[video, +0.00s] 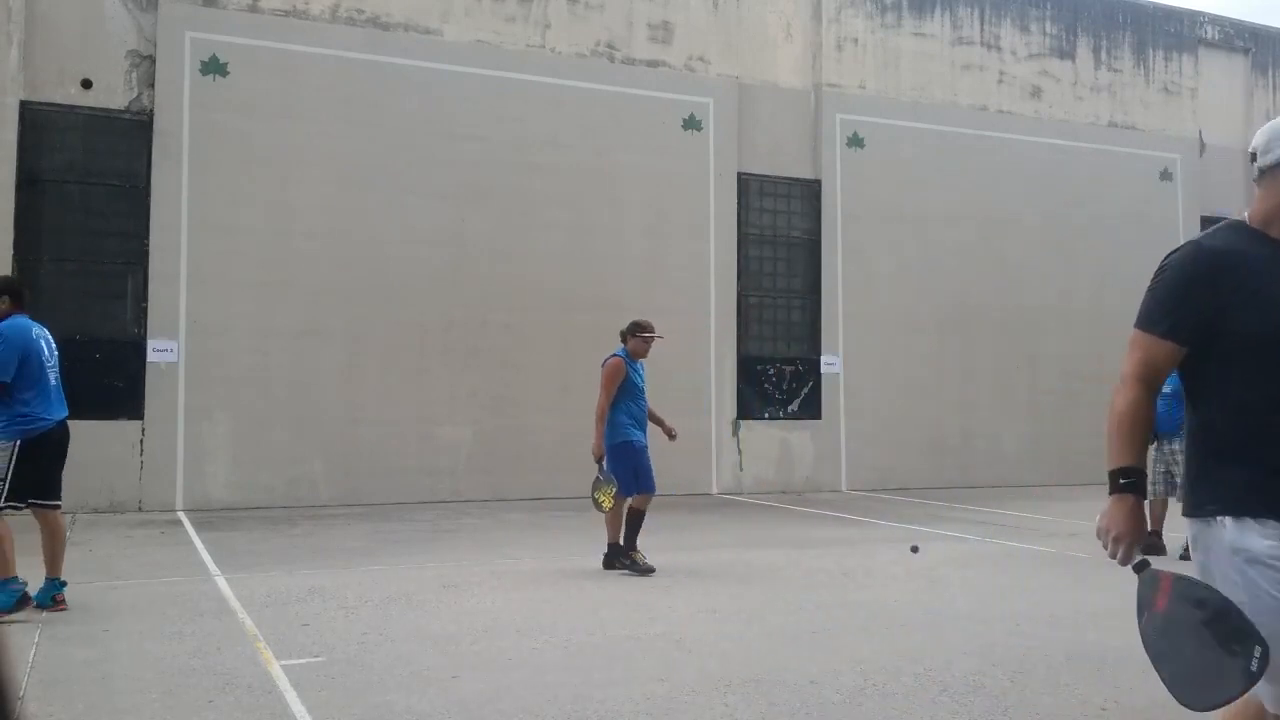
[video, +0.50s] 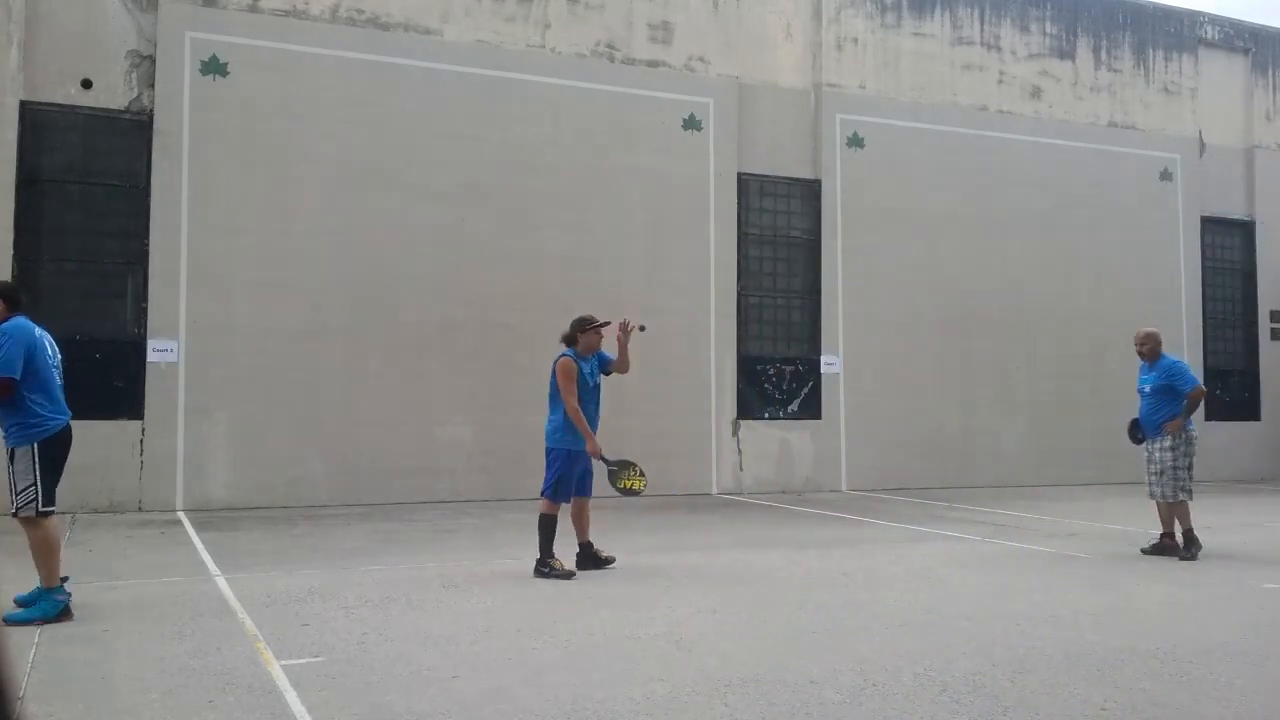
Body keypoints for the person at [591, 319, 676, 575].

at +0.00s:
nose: (649, 345)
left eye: (651, 341)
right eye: (645, 340)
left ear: (645, 343)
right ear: (630, 340)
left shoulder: (636, 365)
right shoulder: (617, 364)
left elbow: (639, 404)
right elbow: (603, 404)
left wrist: (663, 424)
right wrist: (598, 441)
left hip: (627, 437)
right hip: (626, 439)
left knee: (618, 493)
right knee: (645, 489)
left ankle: (613, 552)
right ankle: (629, 550)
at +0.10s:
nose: (638, 346)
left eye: (639, 342)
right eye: (634, 341)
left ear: (631, 343)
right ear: (618, 340)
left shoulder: (624, 365)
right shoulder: (606, 365)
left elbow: (627, 404)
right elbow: (595, 405)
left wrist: (649, 421)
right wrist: (593, 444)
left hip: (625, 442)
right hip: (615, 444)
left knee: (616, 498)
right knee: (622, 497)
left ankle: (613, 552)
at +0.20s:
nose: (626, 346)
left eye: (628, 341)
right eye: (622, 341)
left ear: (623, 343)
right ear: (607, 340)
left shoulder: (615, 365)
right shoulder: (595, 365)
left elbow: (621, 401)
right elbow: (589, 407)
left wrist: (642, 411)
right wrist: (592, 444)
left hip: (615, 444)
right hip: (600, 443)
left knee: (612, 497)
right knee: (593, 498)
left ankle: (613, 553)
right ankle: (556, 552)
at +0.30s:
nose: (615, 344)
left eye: (616, 339)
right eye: (610, 339)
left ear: (612, 343)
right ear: (593, 341)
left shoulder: (608, 366)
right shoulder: (583, 366)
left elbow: (624, 396)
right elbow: (581, 407)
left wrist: (635, 390)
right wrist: (591, 443)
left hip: (602, 443)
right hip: (583, 442)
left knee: (603, 497)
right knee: (571, 499)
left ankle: (611, 552)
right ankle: (548, 560)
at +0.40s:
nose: (606, 340)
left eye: (606, 336)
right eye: (600, 335)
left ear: (603, 339)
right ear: (584, 338)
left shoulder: (603, 362)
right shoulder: (573, 364)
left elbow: (627, 382)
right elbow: (576, 406)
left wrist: (627, 364)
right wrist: (591, 441)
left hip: (589, 444)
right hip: (570, 443)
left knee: (589, 499)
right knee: (558, 499)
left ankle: (604, 551)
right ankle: (546, 560)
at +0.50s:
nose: (601, 338)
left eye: (601, 334)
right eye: (597, 333)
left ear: (589, 337)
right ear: (581, 336)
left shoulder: (595, 358)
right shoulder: (567, 362)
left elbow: (621, 368)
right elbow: (571, 405)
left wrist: (623, 343)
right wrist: (590, 439)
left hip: (582, 442)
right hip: (562, 442)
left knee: (581, 497)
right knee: (553, 498)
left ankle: (585, 552)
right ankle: (545, 559)